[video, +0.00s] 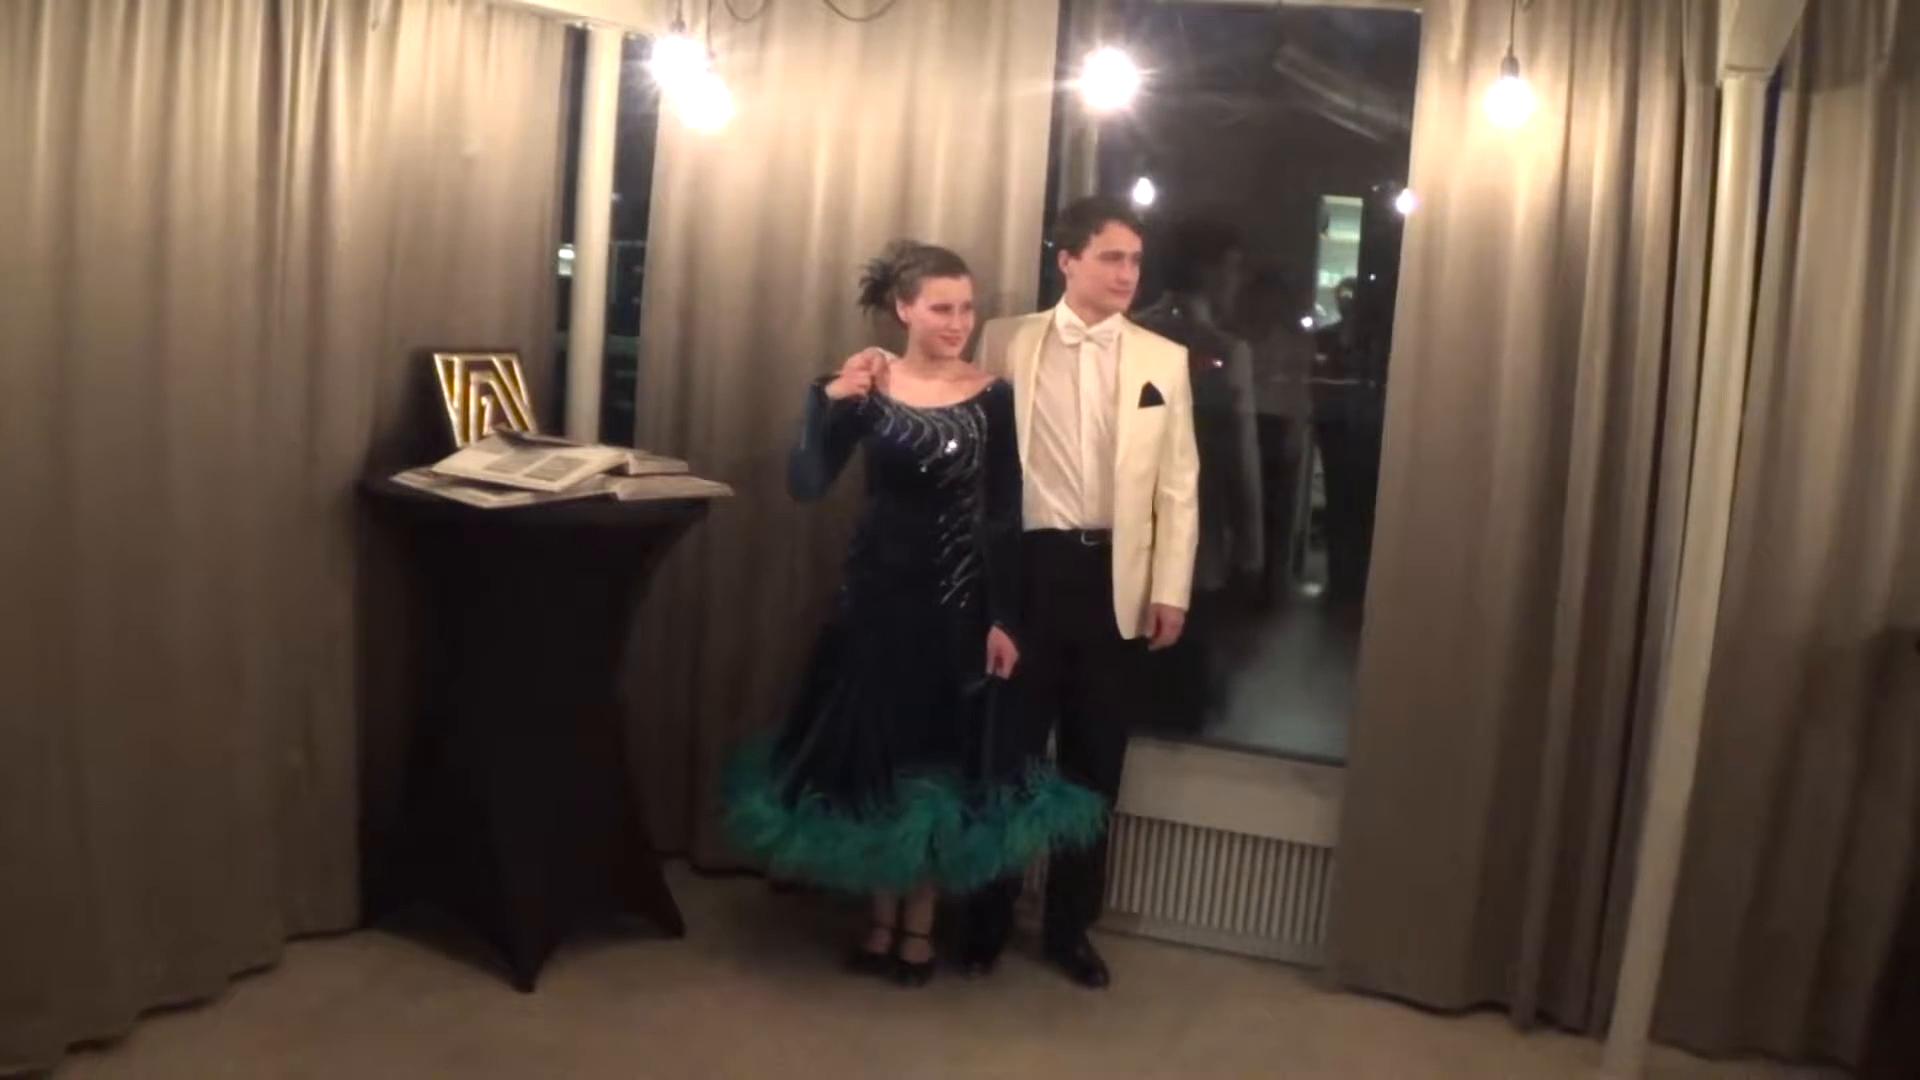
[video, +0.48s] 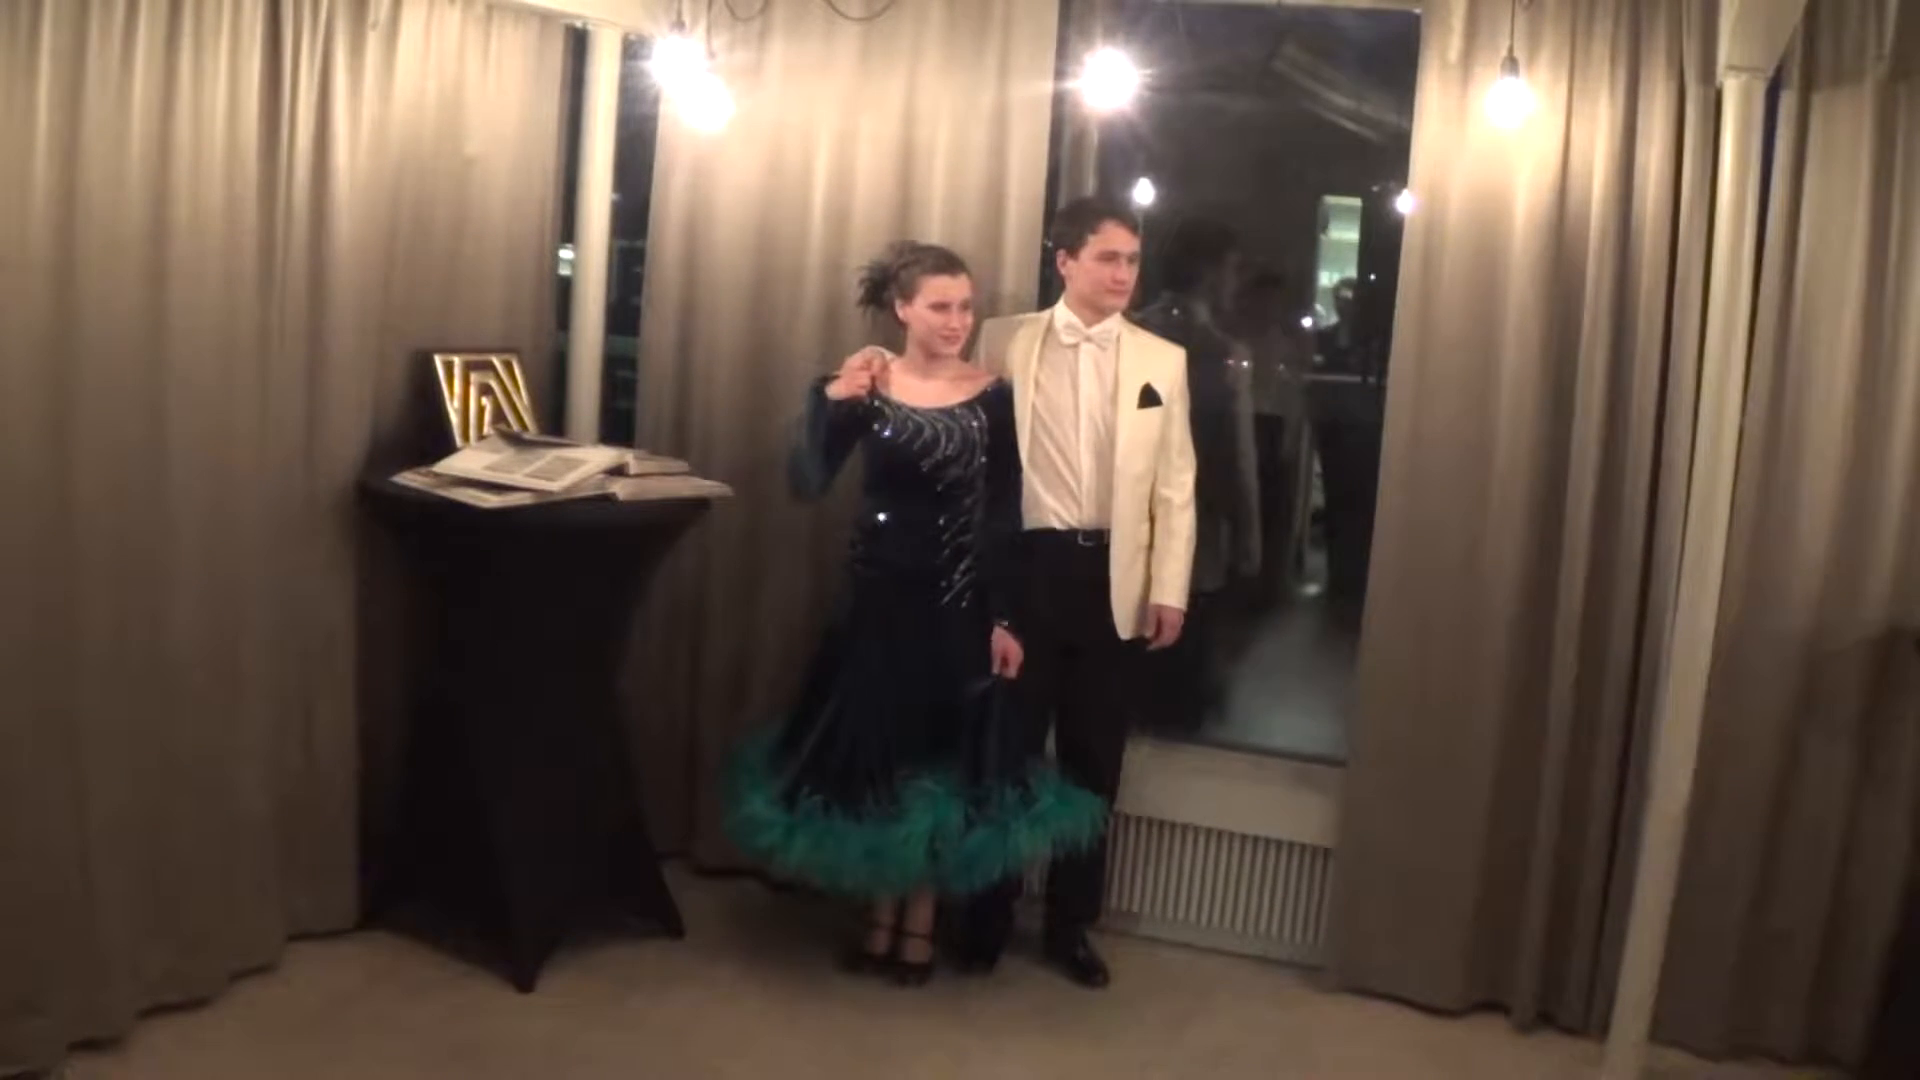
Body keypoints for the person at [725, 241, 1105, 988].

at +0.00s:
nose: (957, 322)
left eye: (966, 308)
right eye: (940, 308)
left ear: (978, 313)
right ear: (900, 311)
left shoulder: (991, 396)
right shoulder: (871, 384)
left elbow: (1004, 514)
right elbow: (810, 480)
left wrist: (1004, 617)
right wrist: (831, 397)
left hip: (958, 598)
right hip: (882, 591)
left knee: (940, 753)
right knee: (880, 749)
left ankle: (922, 912)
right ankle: (880, 908)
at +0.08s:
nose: (956, 322)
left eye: (965, 308)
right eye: (940, 308)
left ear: (978, 313)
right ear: (900, 310)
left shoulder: (991, 396)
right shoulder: (871, 384)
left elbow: (1004, 514)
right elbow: (809, 480)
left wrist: (1004, 617)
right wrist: (832, 397)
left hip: (959, 598)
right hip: (883, 592)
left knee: (940, 754)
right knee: (880, 749)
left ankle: (922, 912)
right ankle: (880, 907)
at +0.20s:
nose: (955, 322)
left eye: (965, 308)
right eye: (939, 307)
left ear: (977, 313)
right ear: (900, 310)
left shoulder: (991, 396)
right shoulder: (870, 384)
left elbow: (1003, 513)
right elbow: (809, 481)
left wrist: (1003, 617)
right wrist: (832, 397)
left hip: (959, 596)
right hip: (884, 590)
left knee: (939, 752)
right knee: (880, 748)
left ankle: (921, 913)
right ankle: (879, 908)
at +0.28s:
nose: (955, 322)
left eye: (965, 308)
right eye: (939, 307)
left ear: (978, 313)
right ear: (899, 310)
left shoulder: (991, 396)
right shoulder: (870, 383)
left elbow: (1003, 514)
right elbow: (809, 481)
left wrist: (1004, 617)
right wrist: (832, 397)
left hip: (958, 597)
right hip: (882, 590)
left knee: (938, 752)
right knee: (879, 747)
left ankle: (921, 912)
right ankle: (879, 908)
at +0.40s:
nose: (955, 321)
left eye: (965, 307)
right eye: (939, 307)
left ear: (977, 312)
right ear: (899, 311)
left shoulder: (990, 394)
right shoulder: (870, 383)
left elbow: (1003, 512)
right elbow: (809, 480)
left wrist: (1006, 616)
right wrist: (833, 399)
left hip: (959, 598)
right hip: (882, 592)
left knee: (938, 753)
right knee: (881, 749)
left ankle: (922, 908)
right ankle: (880, 904)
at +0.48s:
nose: (956, 321)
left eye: (965, 307)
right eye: (939, 307)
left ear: (977, 312)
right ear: (899, 311)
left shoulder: (990, 394)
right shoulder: (870, 383)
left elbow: (1004, 512)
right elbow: (810, 479)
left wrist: (1006, 615)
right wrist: (834, 399)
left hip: (960, 598)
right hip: (883, 592)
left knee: (939, 753)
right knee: (881, 749)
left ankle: (922, 909)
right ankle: (880, 906)